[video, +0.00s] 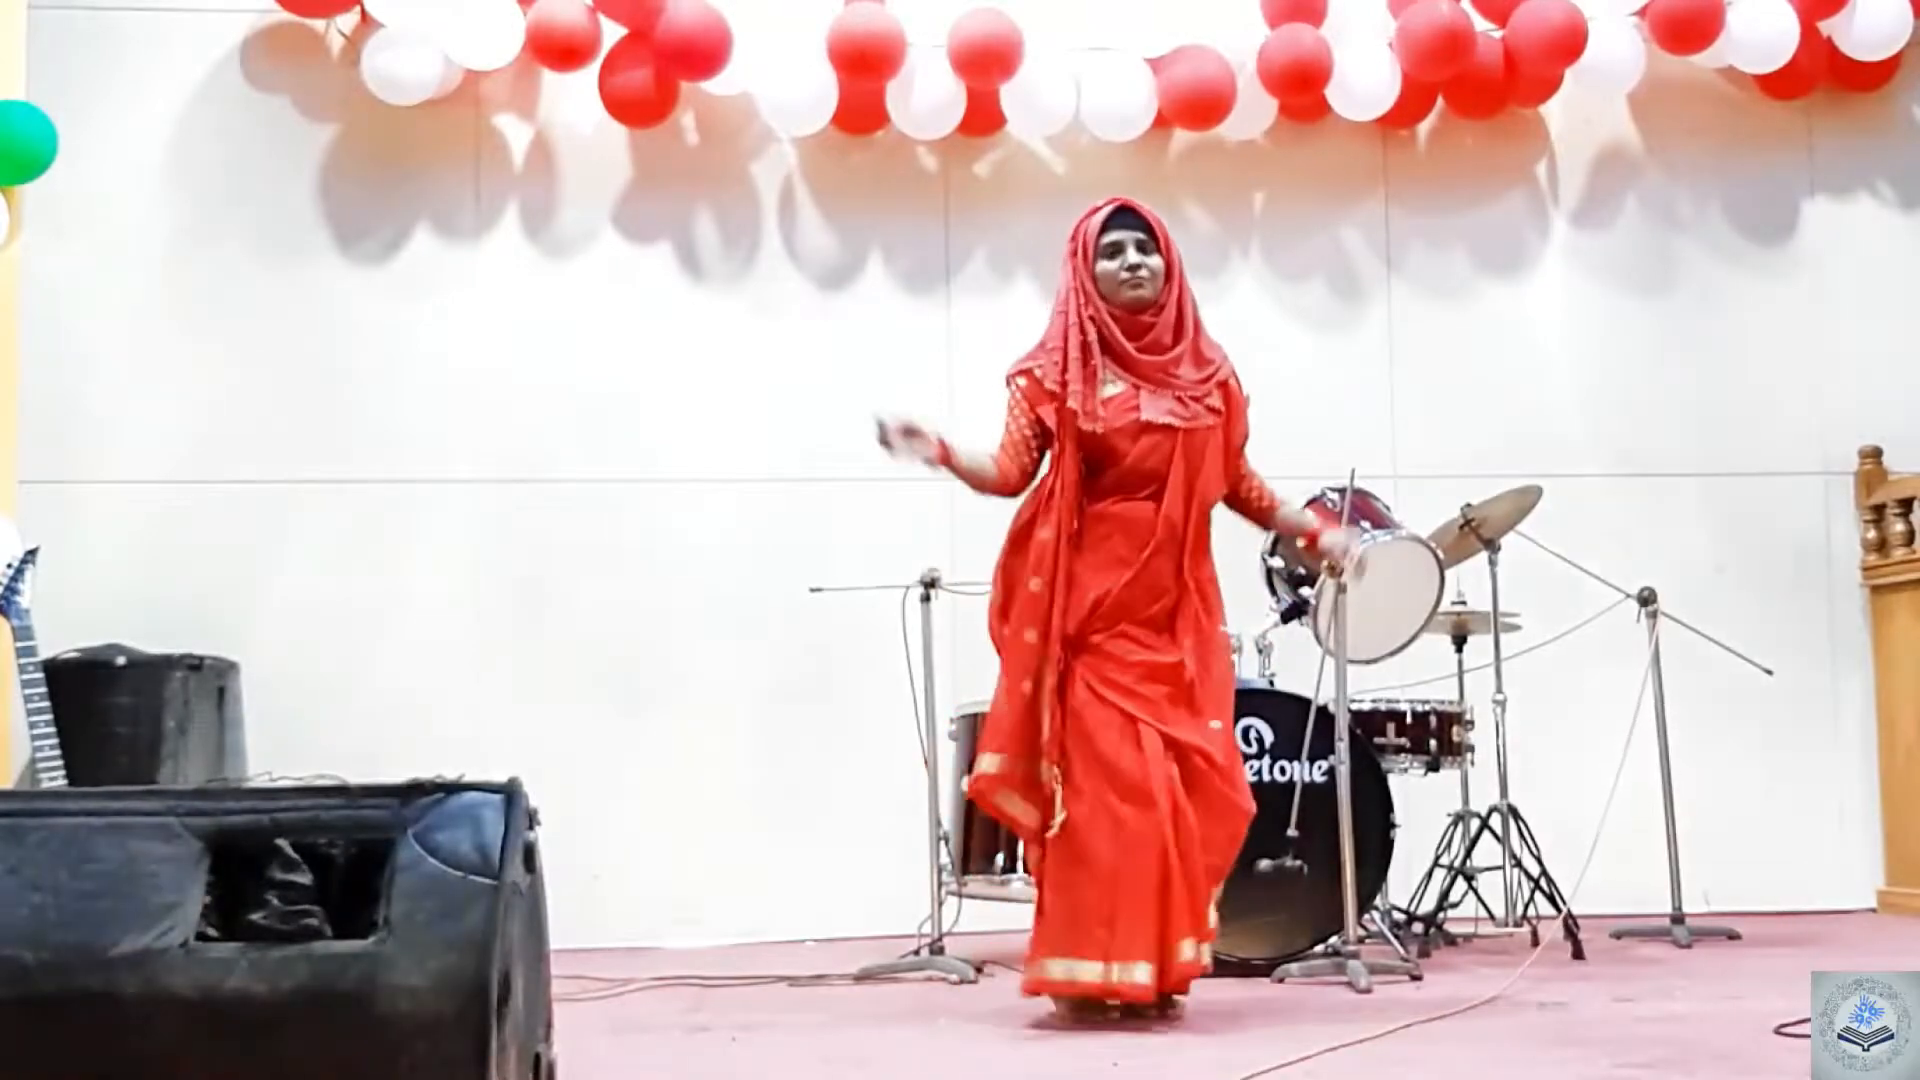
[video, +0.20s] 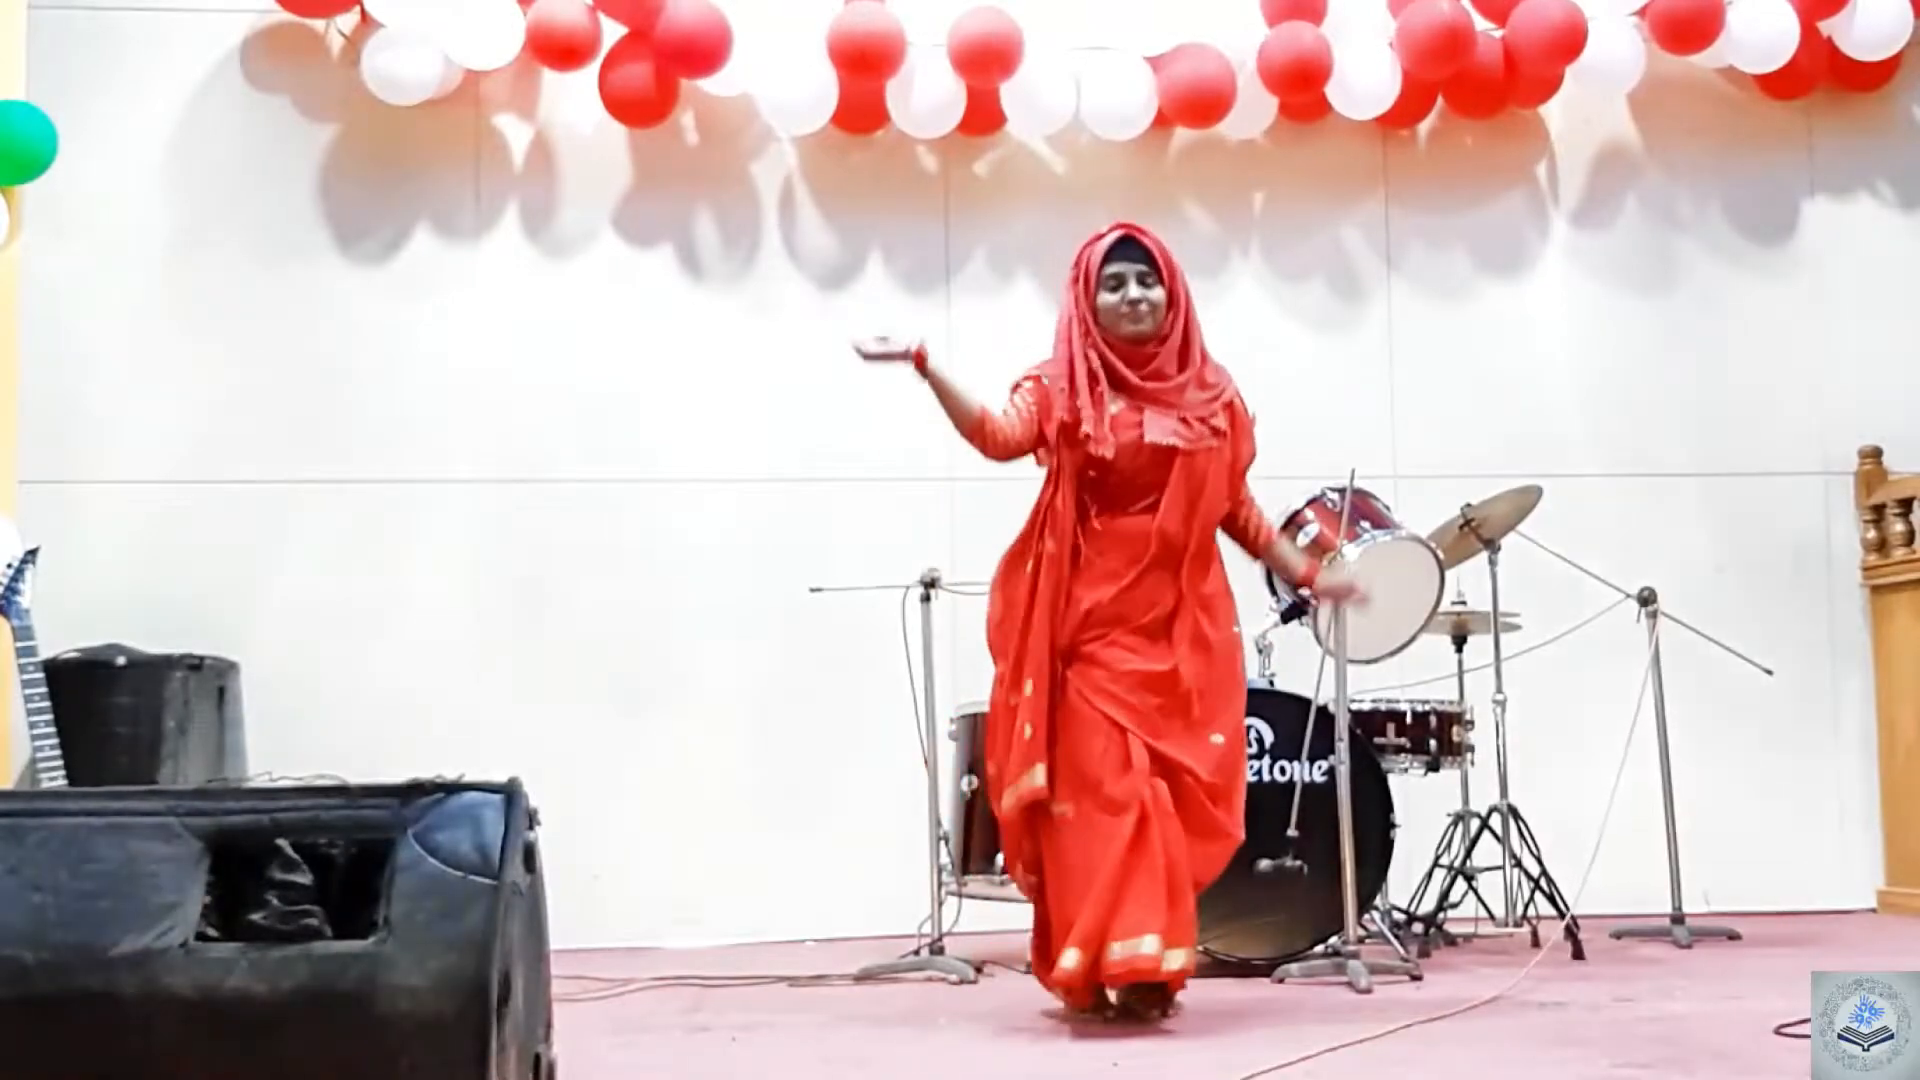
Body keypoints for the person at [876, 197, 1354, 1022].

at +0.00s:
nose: (1132, 262)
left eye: (1143, 249)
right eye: (1113, 254)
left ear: (1167, 265)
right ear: (1086, 275)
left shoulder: (1207, 376)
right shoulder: (1055, 373)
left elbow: (1237, 481)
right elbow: (1009, 473)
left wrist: (1307, 530)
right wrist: (942, 450)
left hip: (1178, 619)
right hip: (1089, 618)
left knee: (1211, 789)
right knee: (1123, 786)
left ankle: (1158, 964)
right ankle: (1106, 978)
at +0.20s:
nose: (1133, 295)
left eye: (1145, 280)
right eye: (1115, 284)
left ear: (1170, 292)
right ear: (1087, 301)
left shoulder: (1209, 395)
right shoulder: (1064, 387)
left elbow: (1235, 504)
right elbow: (999, 438)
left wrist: (1302, 570)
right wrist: (925, 366)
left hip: (1181, 621)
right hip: (1090, 621)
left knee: (1168, 788)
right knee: (1105, 784)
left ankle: (1149, 962)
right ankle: (1115, 968)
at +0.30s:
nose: (1122, 274)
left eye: (1133, 263)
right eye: (1104, 267)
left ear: (1159, 280)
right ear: (1081, 293)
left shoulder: (1210, 390)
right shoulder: (1066, 381)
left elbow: (1238, 511)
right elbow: (984, 378)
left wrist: (1276, 604)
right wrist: (957, 284)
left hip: (1191, 625)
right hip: (1095, 625)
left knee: (1188, 798)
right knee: (1105, 793)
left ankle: (1152, 965)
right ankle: (1102, 976)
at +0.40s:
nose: (1115, 233)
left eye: (1130, 224)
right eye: (1098, 229)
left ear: (1158, 250)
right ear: (1076, 259)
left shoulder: (1204, 346)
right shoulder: (1057, 339)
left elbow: (1242, 454)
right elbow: (972, 297)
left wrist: (1294, 539)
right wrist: (1010, 196)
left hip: (1185, 595)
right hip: (1085, 596)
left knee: (1185, 774)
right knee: (1092, 772)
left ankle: (1150, 951)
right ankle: (1096, 967)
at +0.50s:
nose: (1117, 232)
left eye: (1131, 219)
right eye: (1098, 224)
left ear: (1160, 239)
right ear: (1079, 248)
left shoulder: (1203, 341)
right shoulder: (1058, 331)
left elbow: (1264, 435)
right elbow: (982, 273)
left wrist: (1346, 474)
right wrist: (1043, 191)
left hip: (1183, 582)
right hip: (1081, 582)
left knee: (1183, 761)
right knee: (1089, 762)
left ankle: (1165, 946)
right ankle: (1097, 963)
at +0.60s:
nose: (1119, 252)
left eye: (1134, 241)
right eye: (1103, 245)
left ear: (1165, 258)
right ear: (1083, 266)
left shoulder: (1208, 362)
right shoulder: (1063, 343)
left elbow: (1302, 423)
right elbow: (993, 294)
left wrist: (1394, 385)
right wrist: (1066, 219)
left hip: (1186, 594)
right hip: (1085, 593)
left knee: (1185, 774)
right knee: (1089, 771)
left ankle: (1160, 963)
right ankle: (1091, 971)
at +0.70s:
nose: (1139, 298)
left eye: (1154, 284)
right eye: (1121, 288)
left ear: (1181, 298)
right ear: (1097, 306)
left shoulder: (1219, 394)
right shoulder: (1070, 382)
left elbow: (1321, 399)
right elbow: (1002, 339)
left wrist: (1366, 313)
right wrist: (1077, 284)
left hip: (1197, 612)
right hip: (1098, 612)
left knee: (1193, 777)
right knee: (1111, 763)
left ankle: (1160, 970)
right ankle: (1093, 966)